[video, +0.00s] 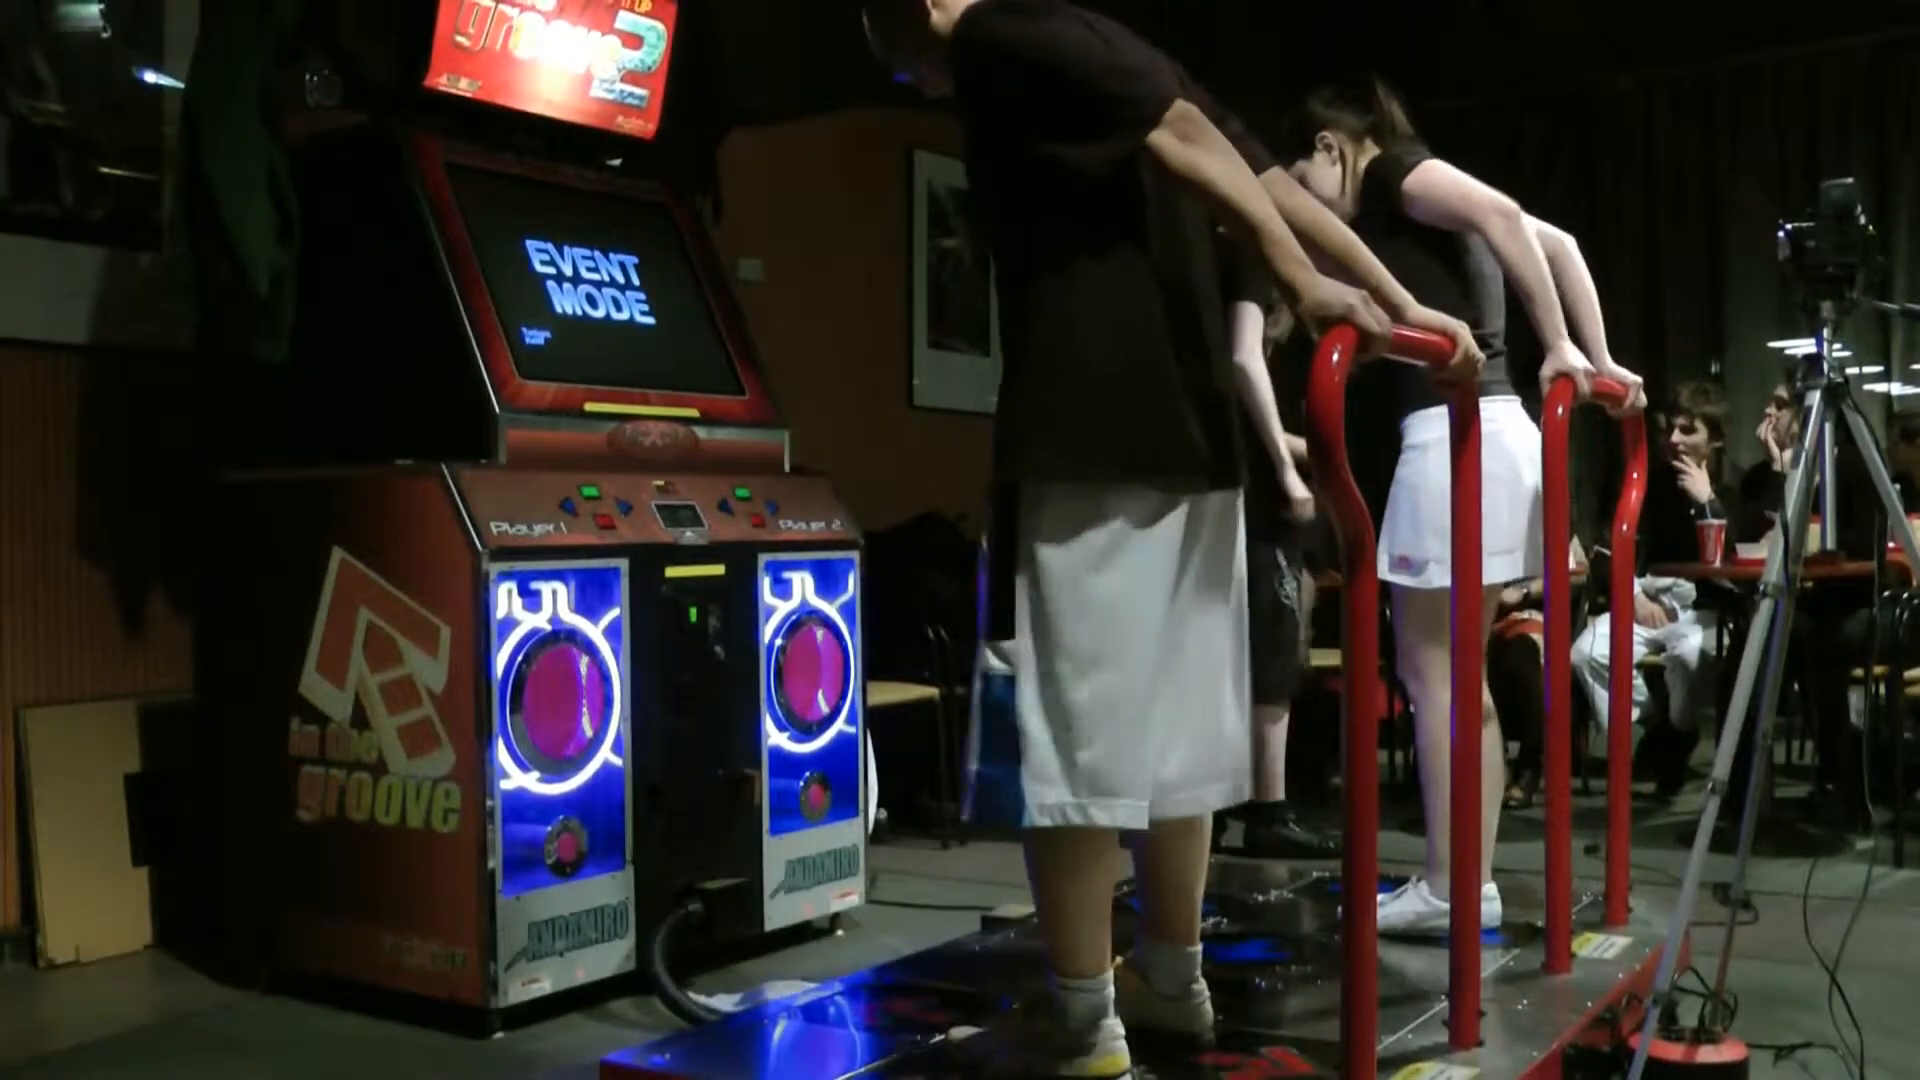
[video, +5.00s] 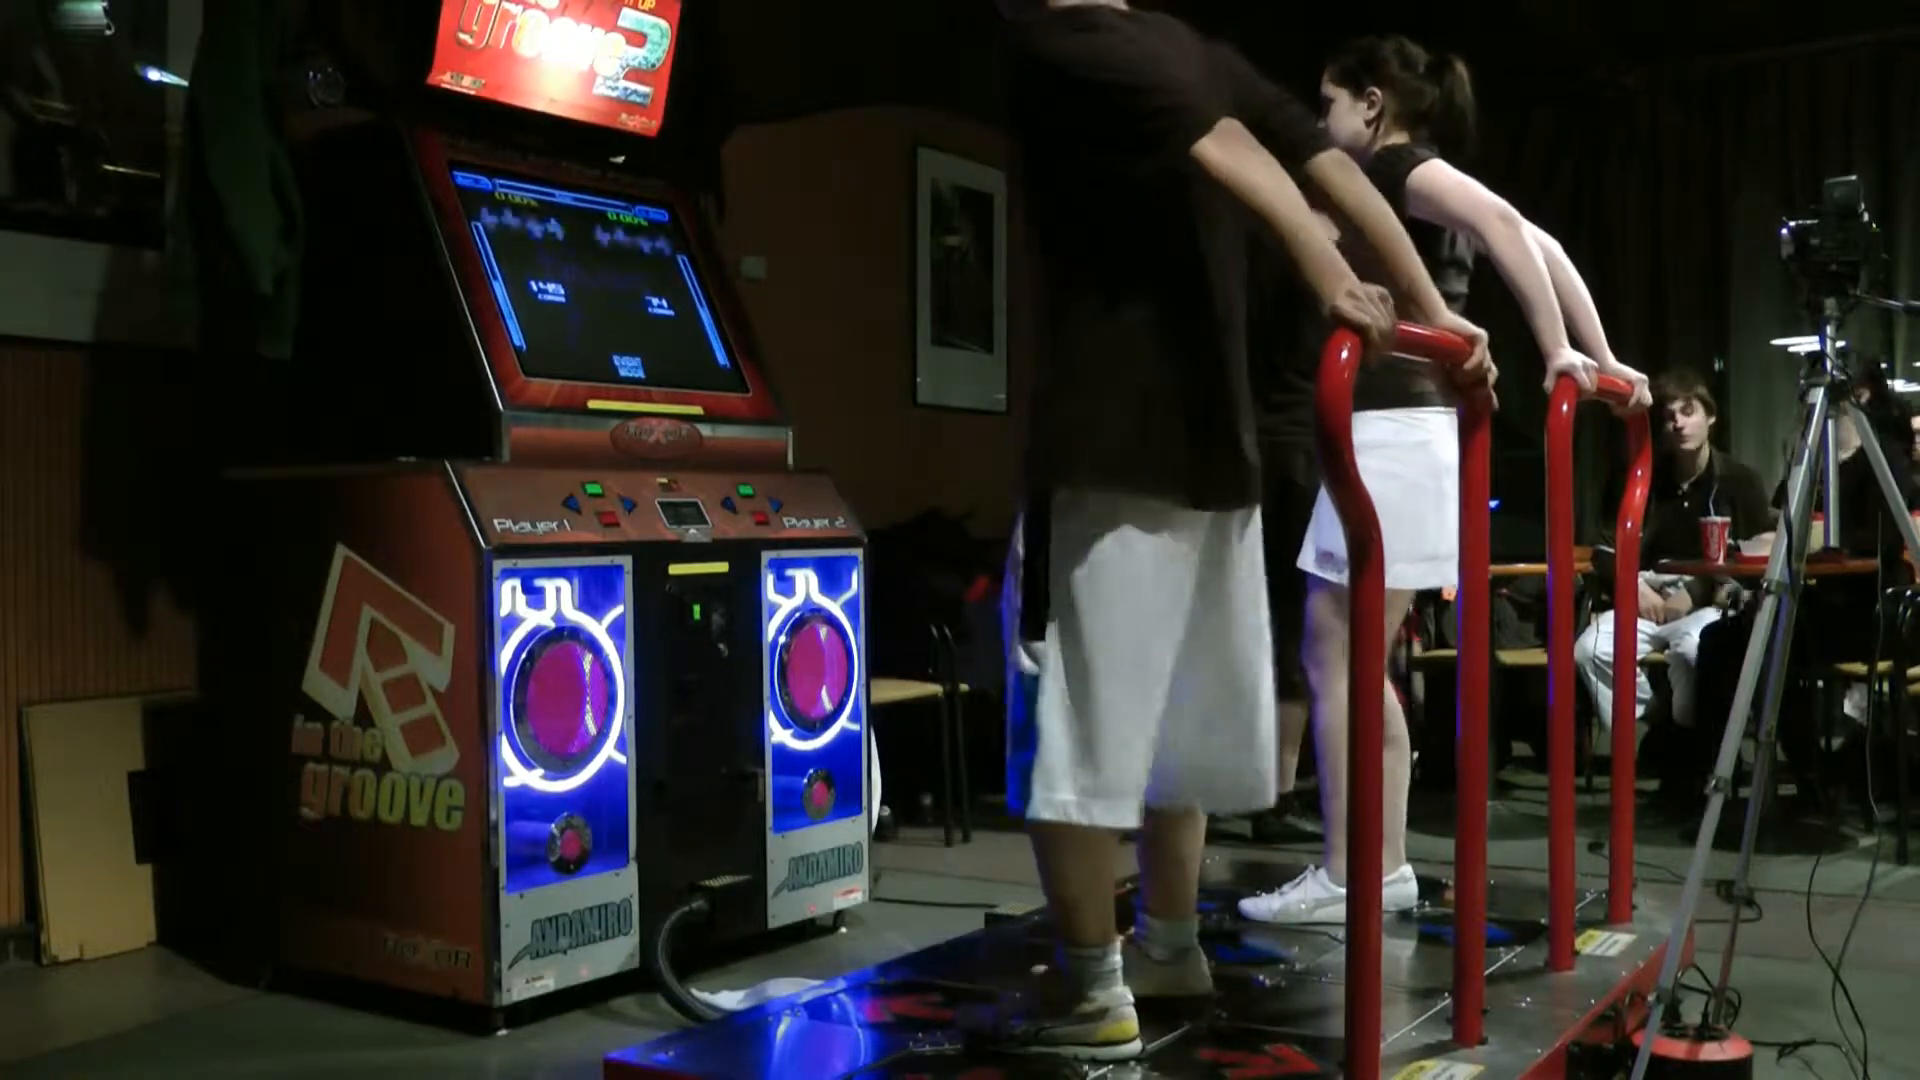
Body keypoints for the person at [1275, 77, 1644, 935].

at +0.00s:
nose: (1313, 179)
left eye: (1312, 162)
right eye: (1308, 166)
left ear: (1338, 141)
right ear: (1384, 134)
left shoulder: (1398, 176)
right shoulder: (1441, 187)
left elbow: (1506, 219)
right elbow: (1559, 242)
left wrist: (1555, 344)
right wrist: (1600, 357)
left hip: (1452, 438)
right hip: (1497, 434)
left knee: (1433, 669)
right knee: (1465, 672)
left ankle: (1448, 888)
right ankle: (1473, 885)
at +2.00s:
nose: (1312, 118)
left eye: (1322, 102)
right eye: (1313, 103)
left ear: (1368, 103)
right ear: (1387, 105)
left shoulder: (1385, 169)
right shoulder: (1415, 174)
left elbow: (1499, 231)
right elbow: (1548, 243)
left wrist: (1557, 351)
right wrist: (1602, 356)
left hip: (1380, 447)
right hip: (1428, 447)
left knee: (1322, 662)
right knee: (1384, 678)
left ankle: (1343, 872)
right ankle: (1400, 871)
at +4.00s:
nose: (1310, 112)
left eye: (1322, 96)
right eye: (1314, 97)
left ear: (1369, 99)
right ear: (1382, 102)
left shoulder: (1393, 169)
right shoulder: (1406, 172)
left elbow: (1504, 228)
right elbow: (1546, 237)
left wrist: (1557, 352)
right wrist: (1605, 354)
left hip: (1382, 439)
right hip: (1396, 438)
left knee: (1329, 654)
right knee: (1346, 656)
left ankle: (1345, 874)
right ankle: (1396, 857)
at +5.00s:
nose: (1323, 120)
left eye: (1332, 104)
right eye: (1324, 105)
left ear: (1375, 104)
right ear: (1397, 110)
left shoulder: (1390, 167)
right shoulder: (1418, 175)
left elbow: (1506, 229)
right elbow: (1549, 252)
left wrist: (1557, 351)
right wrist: (1605, 359)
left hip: (1386, 439)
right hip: (1409, 440)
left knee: (1332, 653)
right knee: (1366, 664)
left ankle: (1342, 874)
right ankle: (1387, 871)